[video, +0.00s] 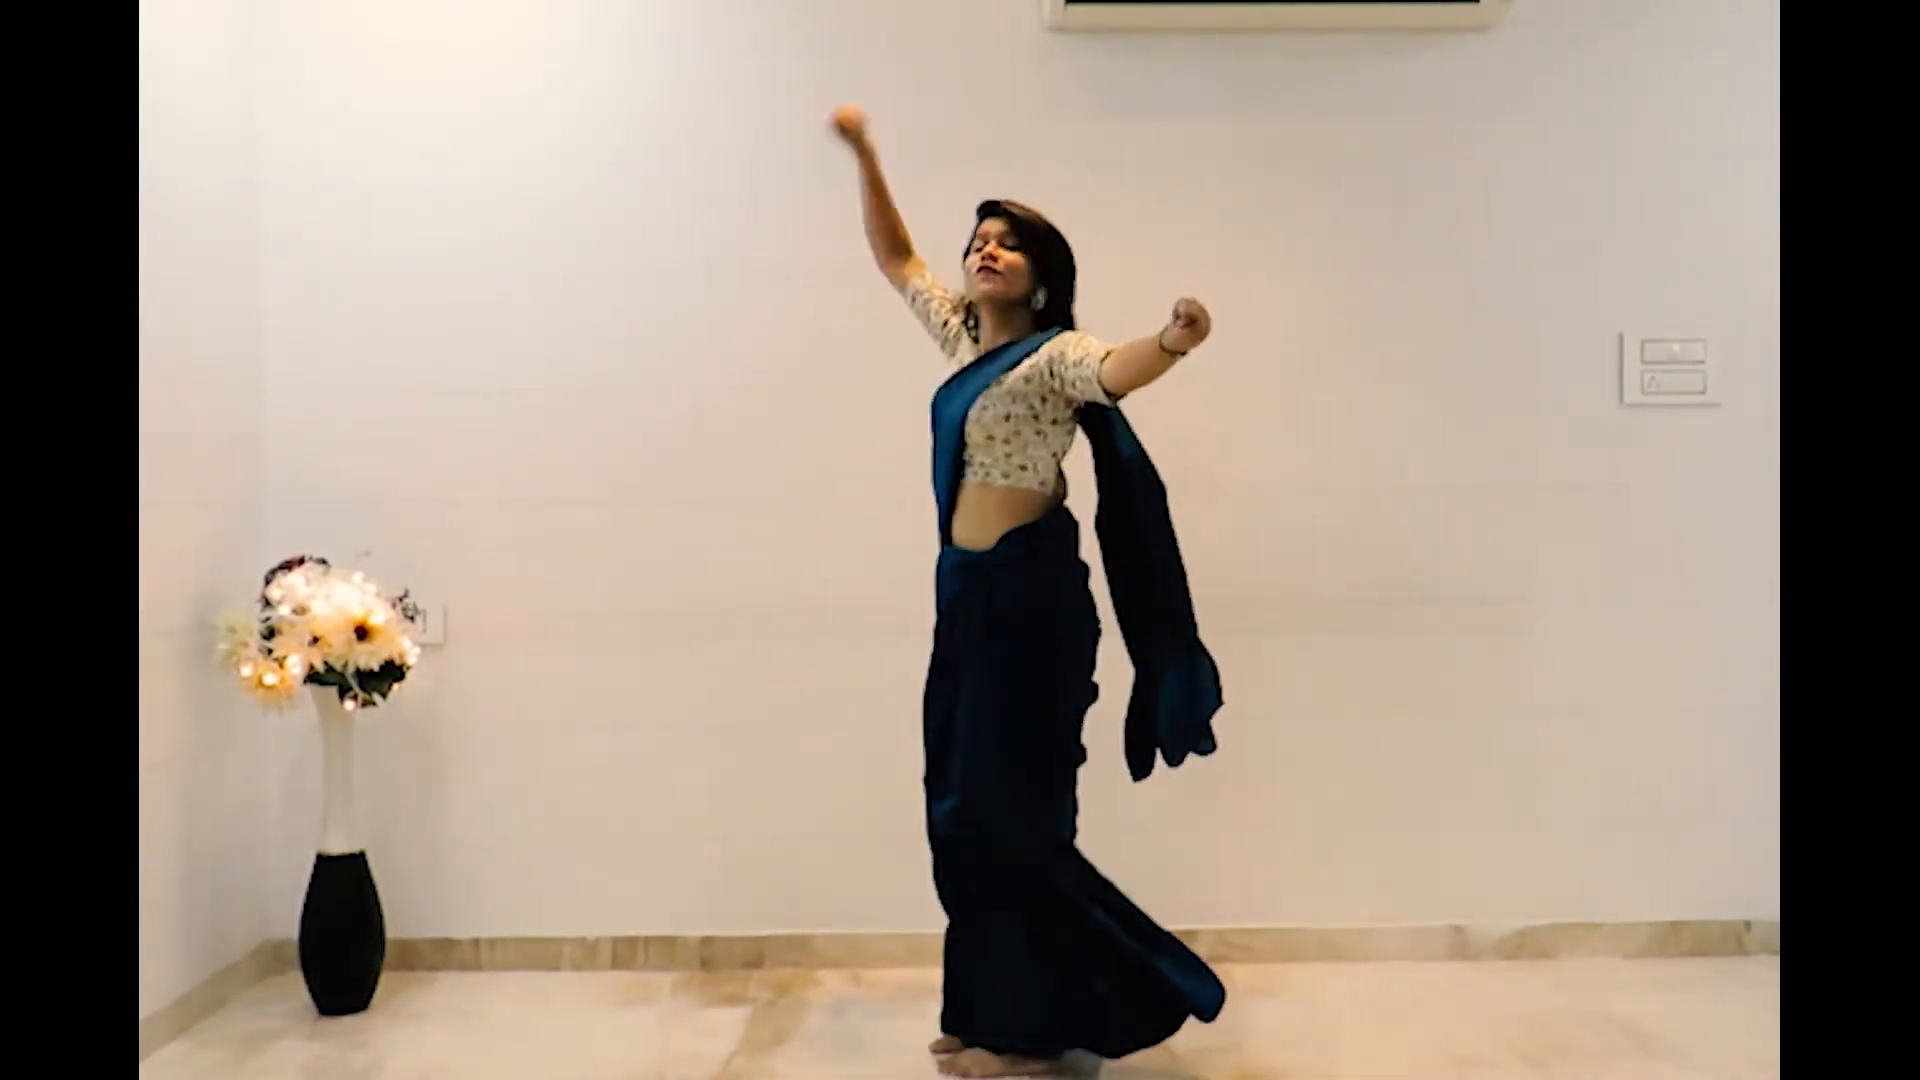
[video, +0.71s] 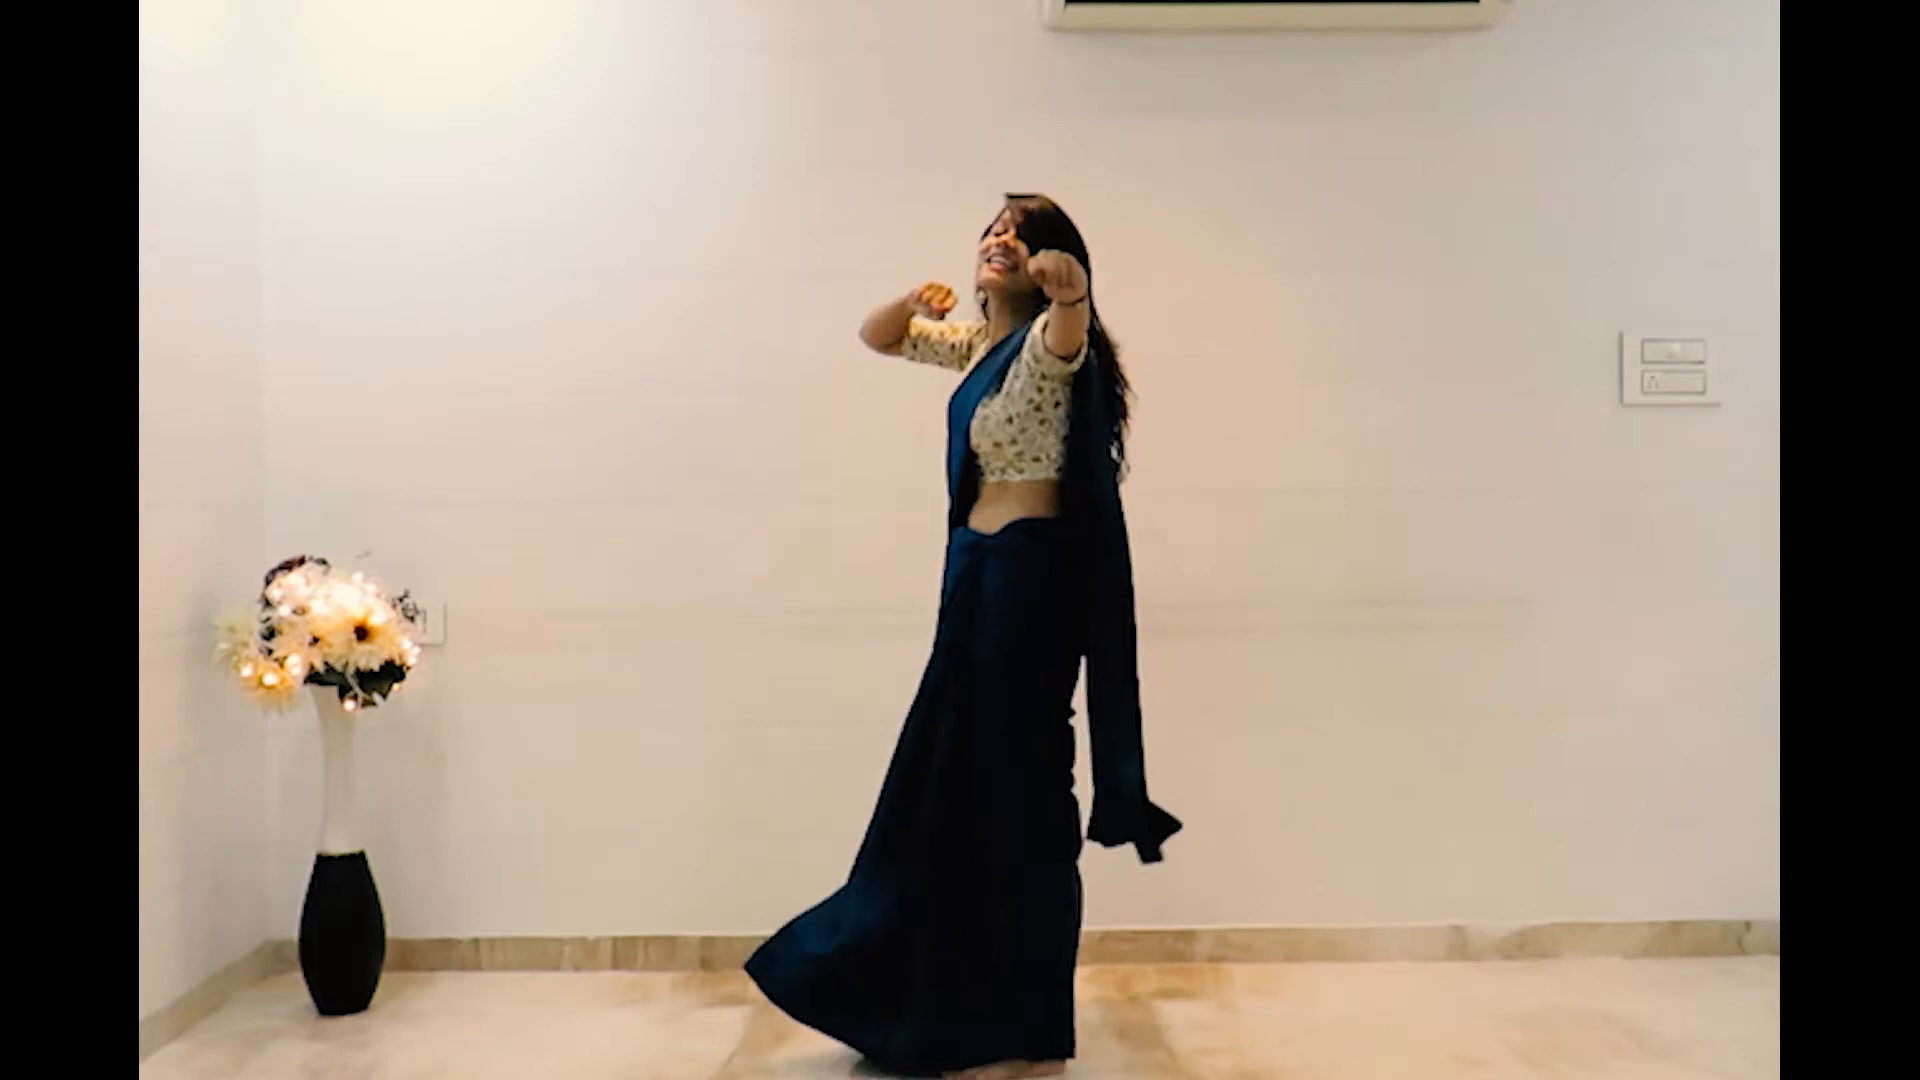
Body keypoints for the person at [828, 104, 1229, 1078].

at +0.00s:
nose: (985, 253)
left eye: (1005, 247)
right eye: (980, 245)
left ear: (1043, 275)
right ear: (967, 273)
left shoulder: (1055, 353)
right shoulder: (964, 343)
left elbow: (1113, 370)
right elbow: (898, 261)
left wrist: (1169, 342)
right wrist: (864, 155)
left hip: (1028, 596)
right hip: (965, 597)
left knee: (999, 811)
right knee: (960, 810)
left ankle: (1046, 1024)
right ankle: (995, 1022)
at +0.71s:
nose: (996, 244)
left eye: (1015, 237)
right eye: (991, 232)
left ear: (1043, 267)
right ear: (978, 259)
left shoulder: (1050, 347)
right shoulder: (977, 347)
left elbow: (1069, 301)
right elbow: (877, 335)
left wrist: (1054, 275)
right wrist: (914, 298)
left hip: (1030, 568)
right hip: (977, 569)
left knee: (1008, 784)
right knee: (969, 781)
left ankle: (1013, 1009)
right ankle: (971, 1002)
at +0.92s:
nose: (993, 256)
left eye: (1015, 247)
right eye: (992, 244)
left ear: (1054, 276)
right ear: (989, 269)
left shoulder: (1062, 344)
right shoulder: (985, 373)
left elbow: (1082, 370)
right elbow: (960, 456)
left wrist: (989, 388)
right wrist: (917, 468)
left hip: (1028, 598)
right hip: (973, 601)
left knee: (1002, 805)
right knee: (983, 807)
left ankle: (1018, 1031)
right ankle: (998, 1026)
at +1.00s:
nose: (972, 256)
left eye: (988, 247)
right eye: (979, 243)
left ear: (1029, 270)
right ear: (1018, 269)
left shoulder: (1047, 333)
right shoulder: (1005, 356)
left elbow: (1008, 330)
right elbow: (963, 405)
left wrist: (902, 351)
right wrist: (925, 424)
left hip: (1023, 581)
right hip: (989, 582)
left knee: (987, 795)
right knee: (982, 796)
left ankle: (1009, 1026)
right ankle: (999, 1019)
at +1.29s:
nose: (969, 309)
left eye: (982, 296)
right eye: (975, 296)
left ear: (1012, 314)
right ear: (1043, 317)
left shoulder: (992, 411)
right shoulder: (1044, 395)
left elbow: (875, 453)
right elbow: (933, 424)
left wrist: (916, 366)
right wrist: (871, 455)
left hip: (982, 652)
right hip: (1031, 645)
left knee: (909, 819)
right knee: (996, 823)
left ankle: (811, 1008)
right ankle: (1013, 1001)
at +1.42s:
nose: (980, 284)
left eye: (992, 273)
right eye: (987, 270)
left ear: (1013, 294)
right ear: (1071, 298)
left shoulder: (1008, 385)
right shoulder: (1063, 369)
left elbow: (885, 412)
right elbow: (965, 373)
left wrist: (896, 301)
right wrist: (898, 350)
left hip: (997, 624)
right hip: (1040, 610)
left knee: (900, 798)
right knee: (971, 803)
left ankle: (874, 1013)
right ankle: (987, 997)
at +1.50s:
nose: (992, 255)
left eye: (1010, 249)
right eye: (1000, 244)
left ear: (1038, 275)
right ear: (1030, 281)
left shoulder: (1033, 361)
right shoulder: (997, 356)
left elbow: (930, 374)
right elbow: (882, 388)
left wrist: (914, 255)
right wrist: (884, 294)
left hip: (1029, 613)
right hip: (1004, 608)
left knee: (982, 803)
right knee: (986, 803)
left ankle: (1005, 1018)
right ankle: (1001, 1011)